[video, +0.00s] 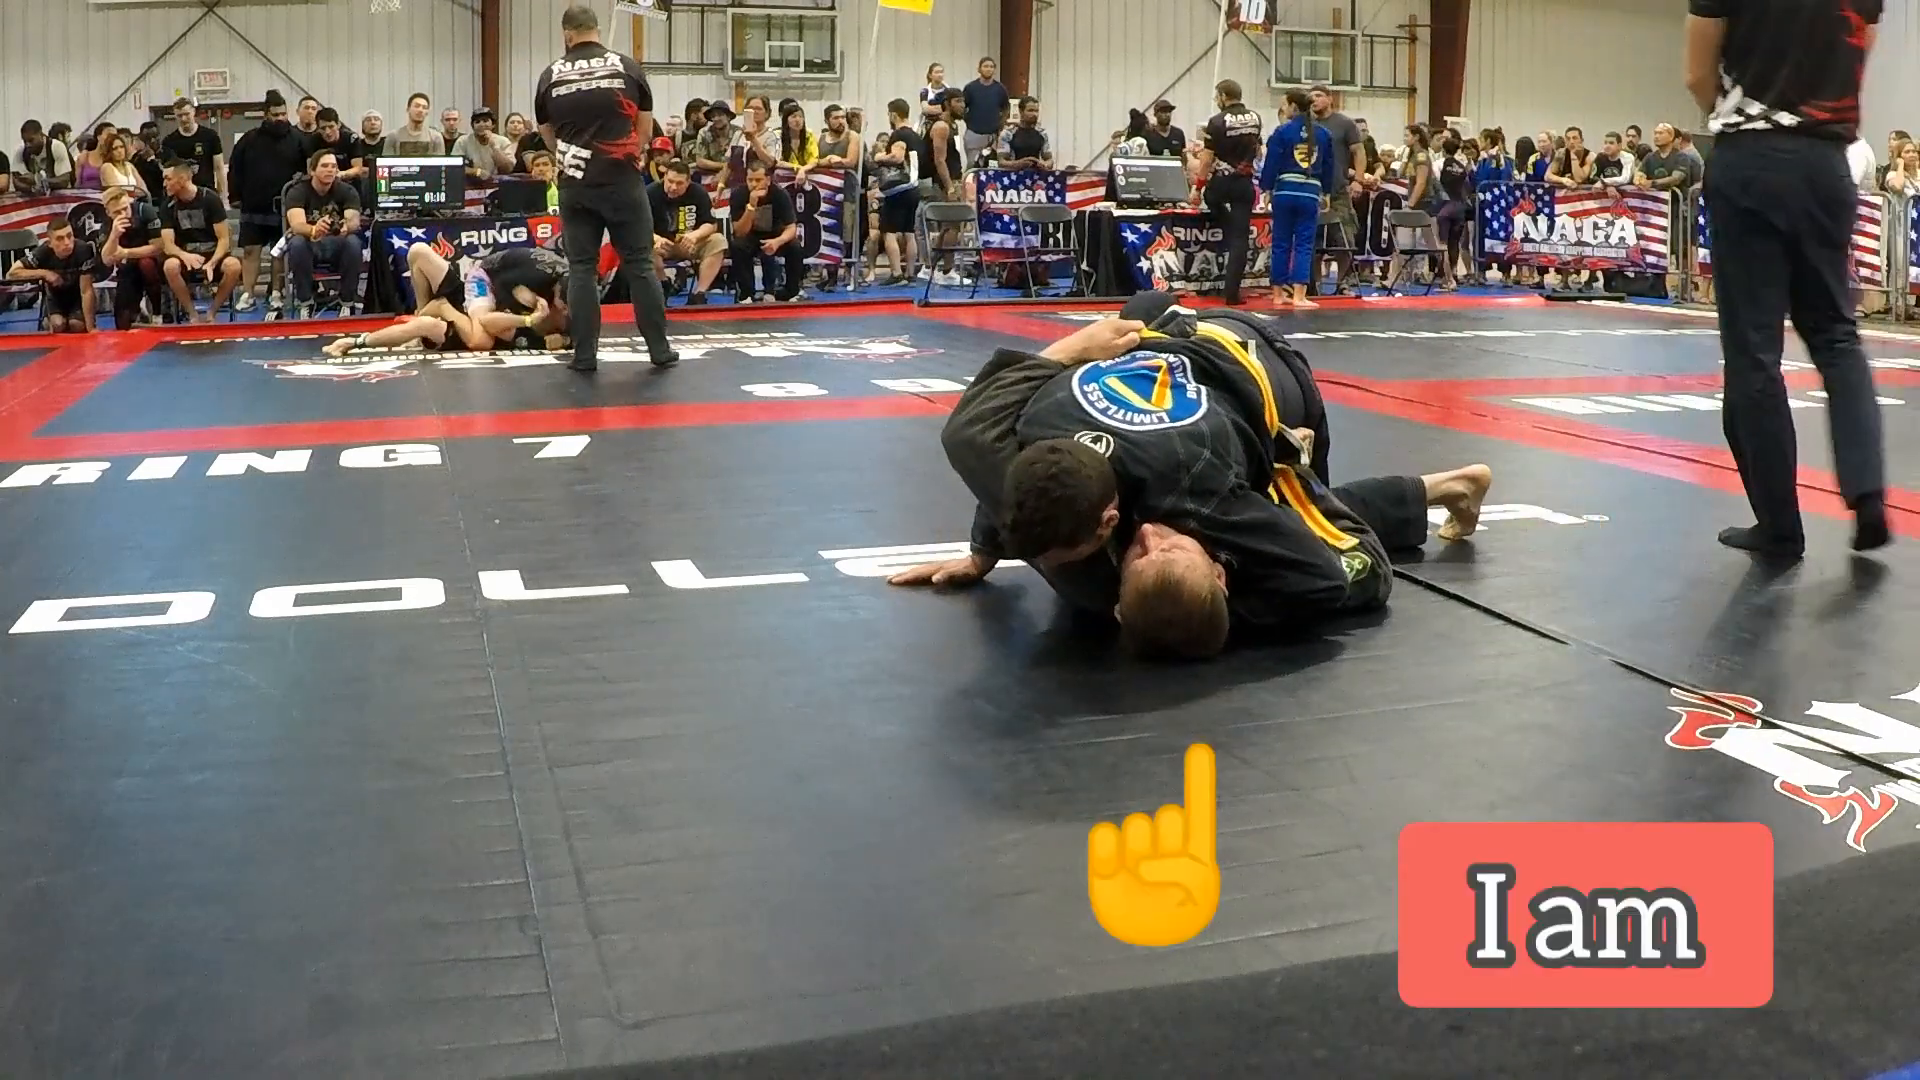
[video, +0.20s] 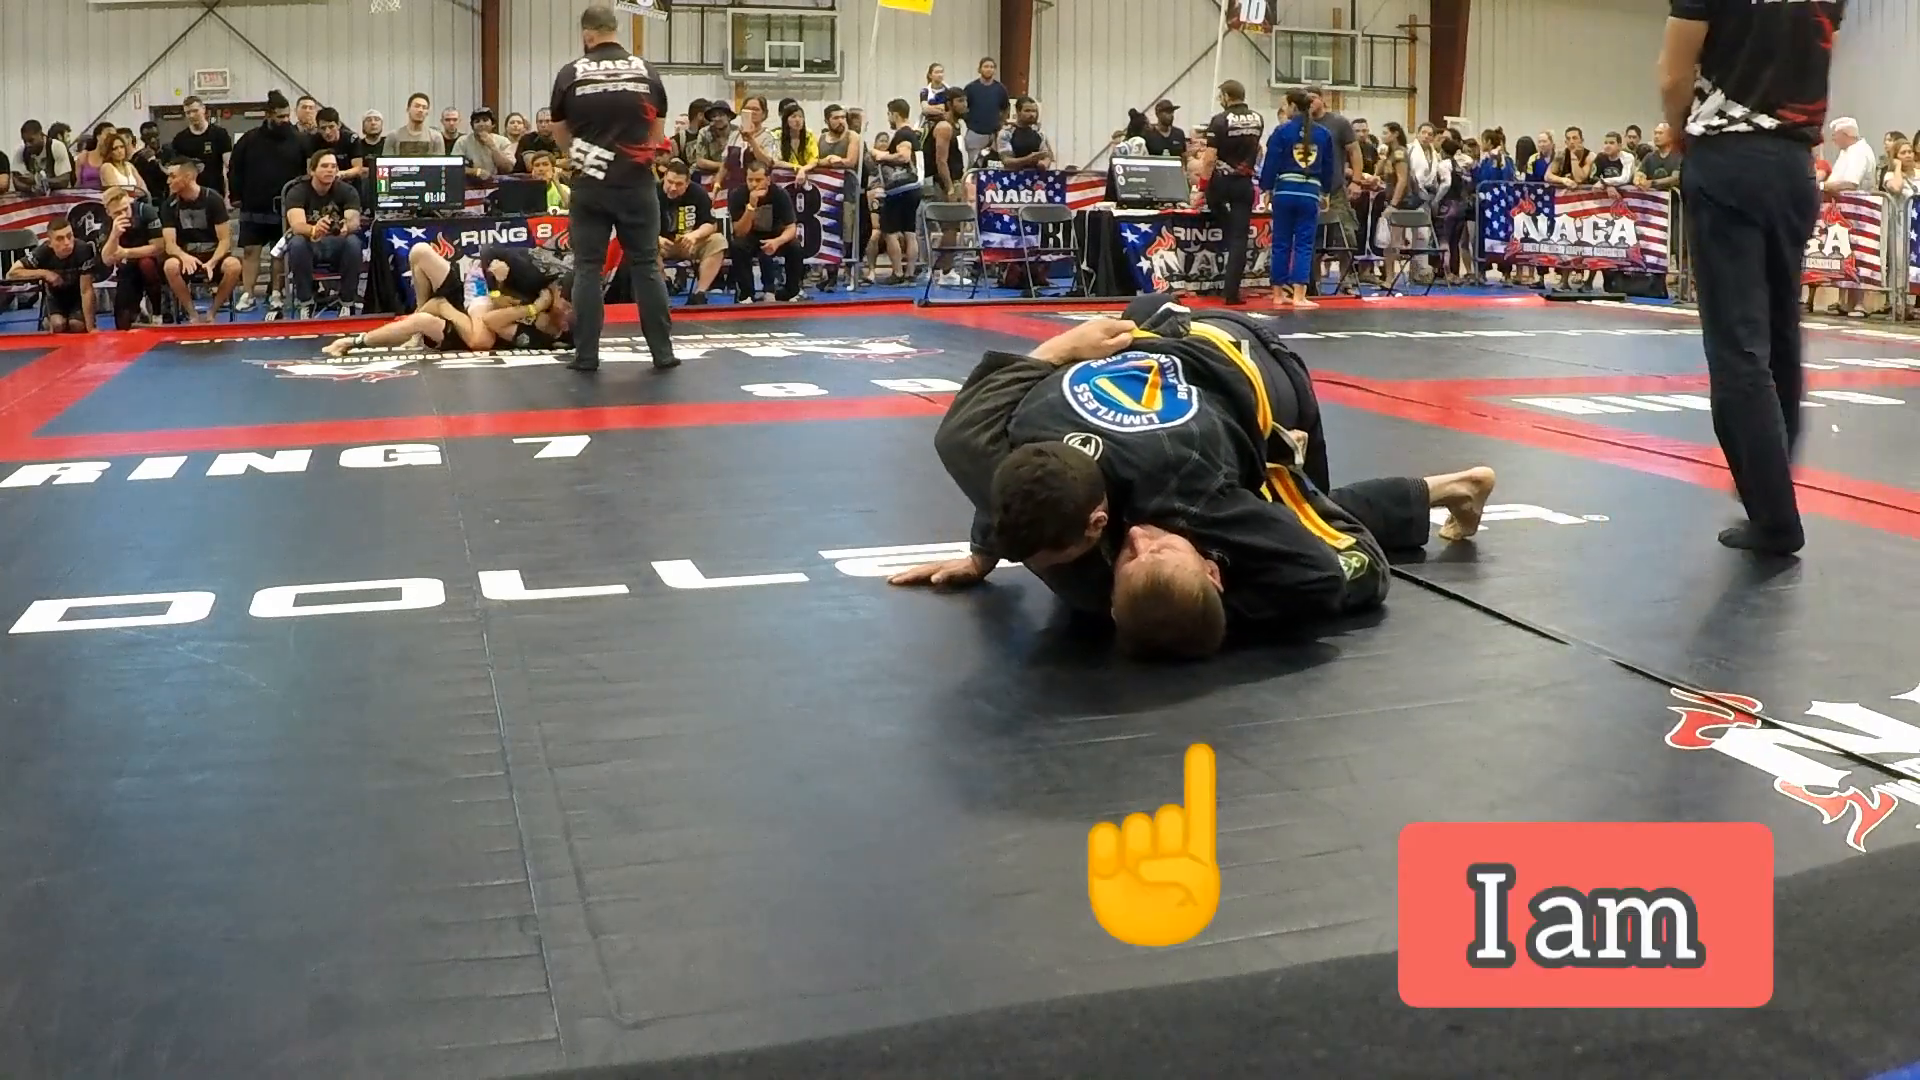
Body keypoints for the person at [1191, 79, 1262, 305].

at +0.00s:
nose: (1216, 99)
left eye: (1217, 96)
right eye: (1217, 96)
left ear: (1222, 97)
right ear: (1239, 96)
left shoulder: (1216, 122)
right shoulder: (1255, 118)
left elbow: (1208, 159)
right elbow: (1256, 149)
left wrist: (1198, 186)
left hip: (1220, 179)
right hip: (1245, 181)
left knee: (1212, 200)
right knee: (1239, 238)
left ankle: (1231, 228)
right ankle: (1232, 293)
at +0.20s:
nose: (1220, 99)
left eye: (1221, 96)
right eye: (1221, 95)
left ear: (1226, 97)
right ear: (1242, 96)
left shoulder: (1219, 120)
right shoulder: (1257, 119)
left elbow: (1210, 157)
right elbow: (1255, 149)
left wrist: (1203, 183)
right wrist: (1247, 168)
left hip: (1221, 178)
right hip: (1244, 181)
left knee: (1213, 199)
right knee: (1239, 238)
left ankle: (1231, 233)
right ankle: (1231, 292)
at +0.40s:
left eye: (1232, 93)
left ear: (1230, 96)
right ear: (1249, 96)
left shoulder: (1220, 119)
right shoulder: (1260, 120)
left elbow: (1210, 159)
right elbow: (1257, 150)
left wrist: (1199, 172)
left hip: (1221, 179)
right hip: (1244, 182)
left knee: (1212, 196)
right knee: (1239, 239)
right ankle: (1231, 293)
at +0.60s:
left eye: (1235, 94)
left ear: (1232, 97)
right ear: (1252, 98)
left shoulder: (1221, 120)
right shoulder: (1261, 122)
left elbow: (1210, 154)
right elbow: (1259, 152)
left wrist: (1200, 172)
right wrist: (1247, 164)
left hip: (1220, 178)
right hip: (1244, 182)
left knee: (1206, 197)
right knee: (1239, 239)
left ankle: (1228, 221)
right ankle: (1231, 292)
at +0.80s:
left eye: (1231, 95)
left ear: (1230, 97)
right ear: (1250, 97)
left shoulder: (1221, 120)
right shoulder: (1261, 120)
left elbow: (1209, 148)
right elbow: (1258, 147)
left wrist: (1206, 136)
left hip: (1224, 180)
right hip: (1247, 183)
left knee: (1206, 197)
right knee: (1240, 239)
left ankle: (1230, 223)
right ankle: (1232, 293)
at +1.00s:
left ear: (1233, 96)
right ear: (1252, 97)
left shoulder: (1222, 117)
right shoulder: (1262, 120)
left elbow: (1207, 134)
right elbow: (1259, 141)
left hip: (1224, 179)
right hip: (1248, 182)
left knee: (1209, 197)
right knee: (1240, 239)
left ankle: (1230, 221)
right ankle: (1232, 293)